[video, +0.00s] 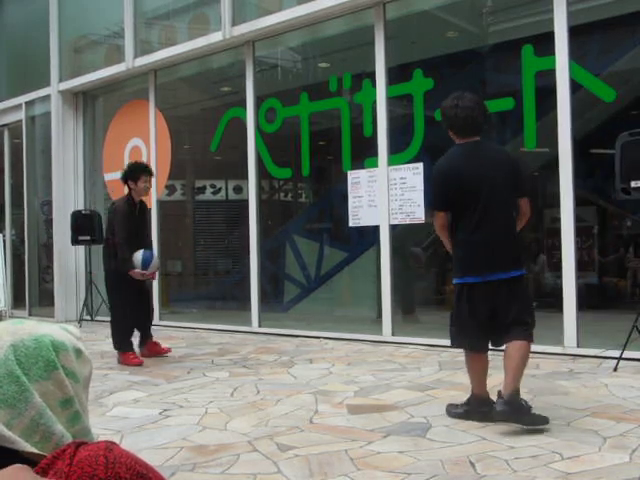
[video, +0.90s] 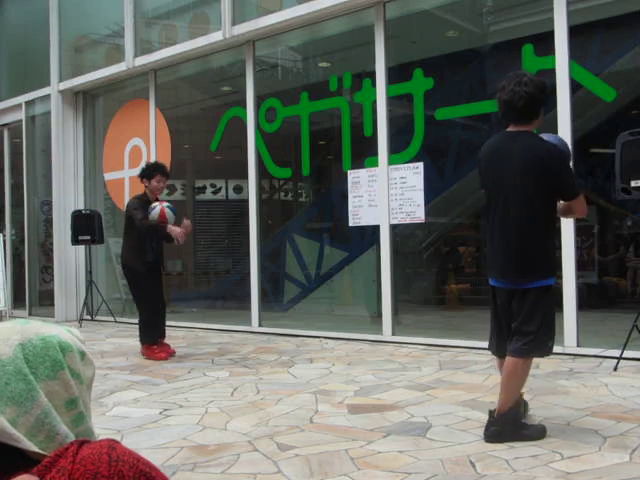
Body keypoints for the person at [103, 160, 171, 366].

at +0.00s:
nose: (148, 185)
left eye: (149, 181)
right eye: (144, 181)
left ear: (150, 183)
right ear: (131, 184)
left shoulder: (143, 208)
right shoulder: (119, 208)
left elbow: (146, 239)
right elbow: (119, 241)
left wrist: (150, 265)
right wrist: (129, 267)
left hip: (138, 264)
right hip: (118, 266)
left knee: (144, 303)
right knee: (122, 307)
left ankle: (146, 341)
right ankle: (124, 350)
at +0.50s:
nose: (165, 185)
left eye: (167, 182)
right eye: (161, 181)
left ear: (168, 184)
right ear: (148, 182)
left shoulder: (163, 208)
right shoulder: (137, 206)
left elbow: (164, 238)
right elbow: (132, 238)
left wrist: (175, 253)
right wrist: (148, 253)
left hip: (156, 260)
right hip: (137, 261)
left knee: (160, 300)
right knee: (143, 301)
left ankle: (160, 340)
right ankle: (143, 343)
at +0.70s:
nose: (163, 184)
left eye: (165, 181)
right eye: (159, 180)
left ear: (166, 182)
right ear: (146, 180)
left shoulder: (163, 206)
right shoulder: (135, 203)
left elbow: (175, 228)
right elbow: (138, 230)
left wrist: (192, 237)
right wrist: (163, 234)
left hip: (153, 259)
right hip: (136, 260)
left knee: (160, 299)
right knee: (150, 299)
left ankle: (160, 338)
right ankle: (153, 341)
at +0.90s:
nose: (161, 185)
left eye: (163, 181)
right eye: (157, 181)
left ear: (166, 183)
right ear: (145, 182)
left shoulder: (160, 206)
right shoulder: (136, 203)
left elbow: (161, 231)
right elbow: (142, 225)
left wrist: (178, 231)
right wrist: (168, 229)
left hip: (153, 261)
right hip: (135, 262)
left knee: (158, 301)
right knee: (147, 302)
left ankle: (158, 341)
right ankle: (148, 344)